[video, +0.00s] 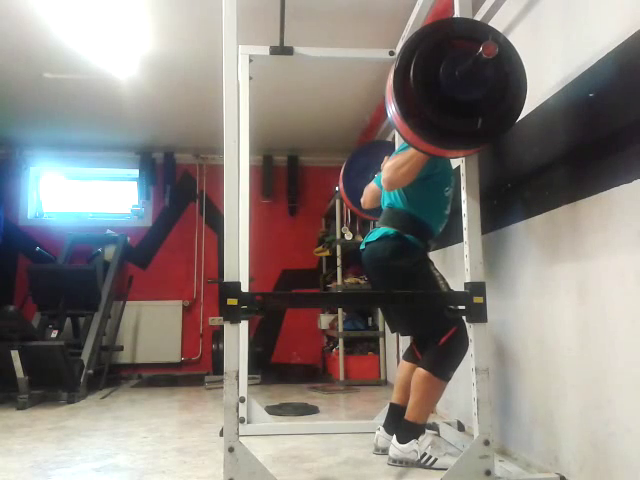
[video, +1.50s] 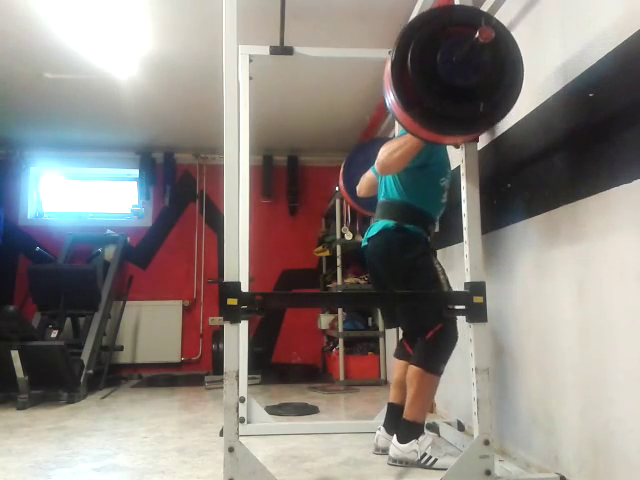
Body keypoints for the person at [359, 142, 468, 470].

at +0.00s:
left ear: (418, 115)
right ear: (438, 112)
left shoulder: (410, 149)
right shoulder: (423, 143)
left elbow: (367, 200)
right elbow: (390, 178)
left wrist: (387, 169)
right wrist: (428, 143)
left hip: (380, 250)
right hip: (397, 250)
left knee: (426, 338)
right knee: (451, 338)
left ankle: (394, 427)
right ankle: (409, 440)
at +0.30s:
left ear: (413, 120)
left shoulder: (404, 155)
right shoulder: (423, 146)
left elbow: (372, 206)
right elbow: (399, 185)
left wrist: (386, 172)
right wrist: (432, 142)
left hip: (380, 250)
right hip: (398, 252)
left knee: (427, 339)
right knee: (453, 338)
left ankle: (393, 428)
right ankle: (409, 440)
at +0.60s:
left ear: (414, 118)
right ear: (434, 114)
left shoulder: (407, 151)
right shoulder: (423, 145)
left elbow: (369, 202)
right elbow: (393, 182)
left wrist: (385, 170)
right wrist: (429, 145)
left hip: (382, 252)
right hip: (399, 253)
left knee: (428, 340)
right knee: (454, 342)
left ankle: (393, 427)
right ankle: (410, 439)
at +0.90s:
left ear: (415, 114)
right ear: (434, 111)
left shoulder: (409, 148)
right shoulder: (421, 141)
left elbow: (366, 198)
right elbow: (389, 177)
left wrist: (386, 169)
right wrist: (427, 144)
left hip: (384, 250)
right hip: (400, 250)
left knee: (427, 341)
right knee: (453, 342)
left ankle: (394, 427)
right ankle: (409, 439)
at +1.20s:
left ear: (415, 111)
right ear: (439, 109)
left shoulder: (413, 143)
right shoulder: (423, 139)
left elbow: (365, 194)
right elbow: (388, 173)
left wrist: (385, 168)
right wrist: (424, 144)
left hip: (387, 247)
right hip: (403, 248)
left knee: (426, 339)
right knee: (452, 340)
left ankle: (395, 427)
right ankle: (410, 439)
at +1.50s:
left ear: (417, 105)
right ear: (438, 104)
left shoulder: (415, 141)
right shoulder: (420, 133)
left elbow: (363, 187)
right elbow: (383, 163)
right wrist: (423, 131)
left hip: (381, 240)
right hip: (401, 239)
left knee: (416, 333)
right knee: (440, 331)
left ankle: (393, 427)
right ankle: (409, 439)